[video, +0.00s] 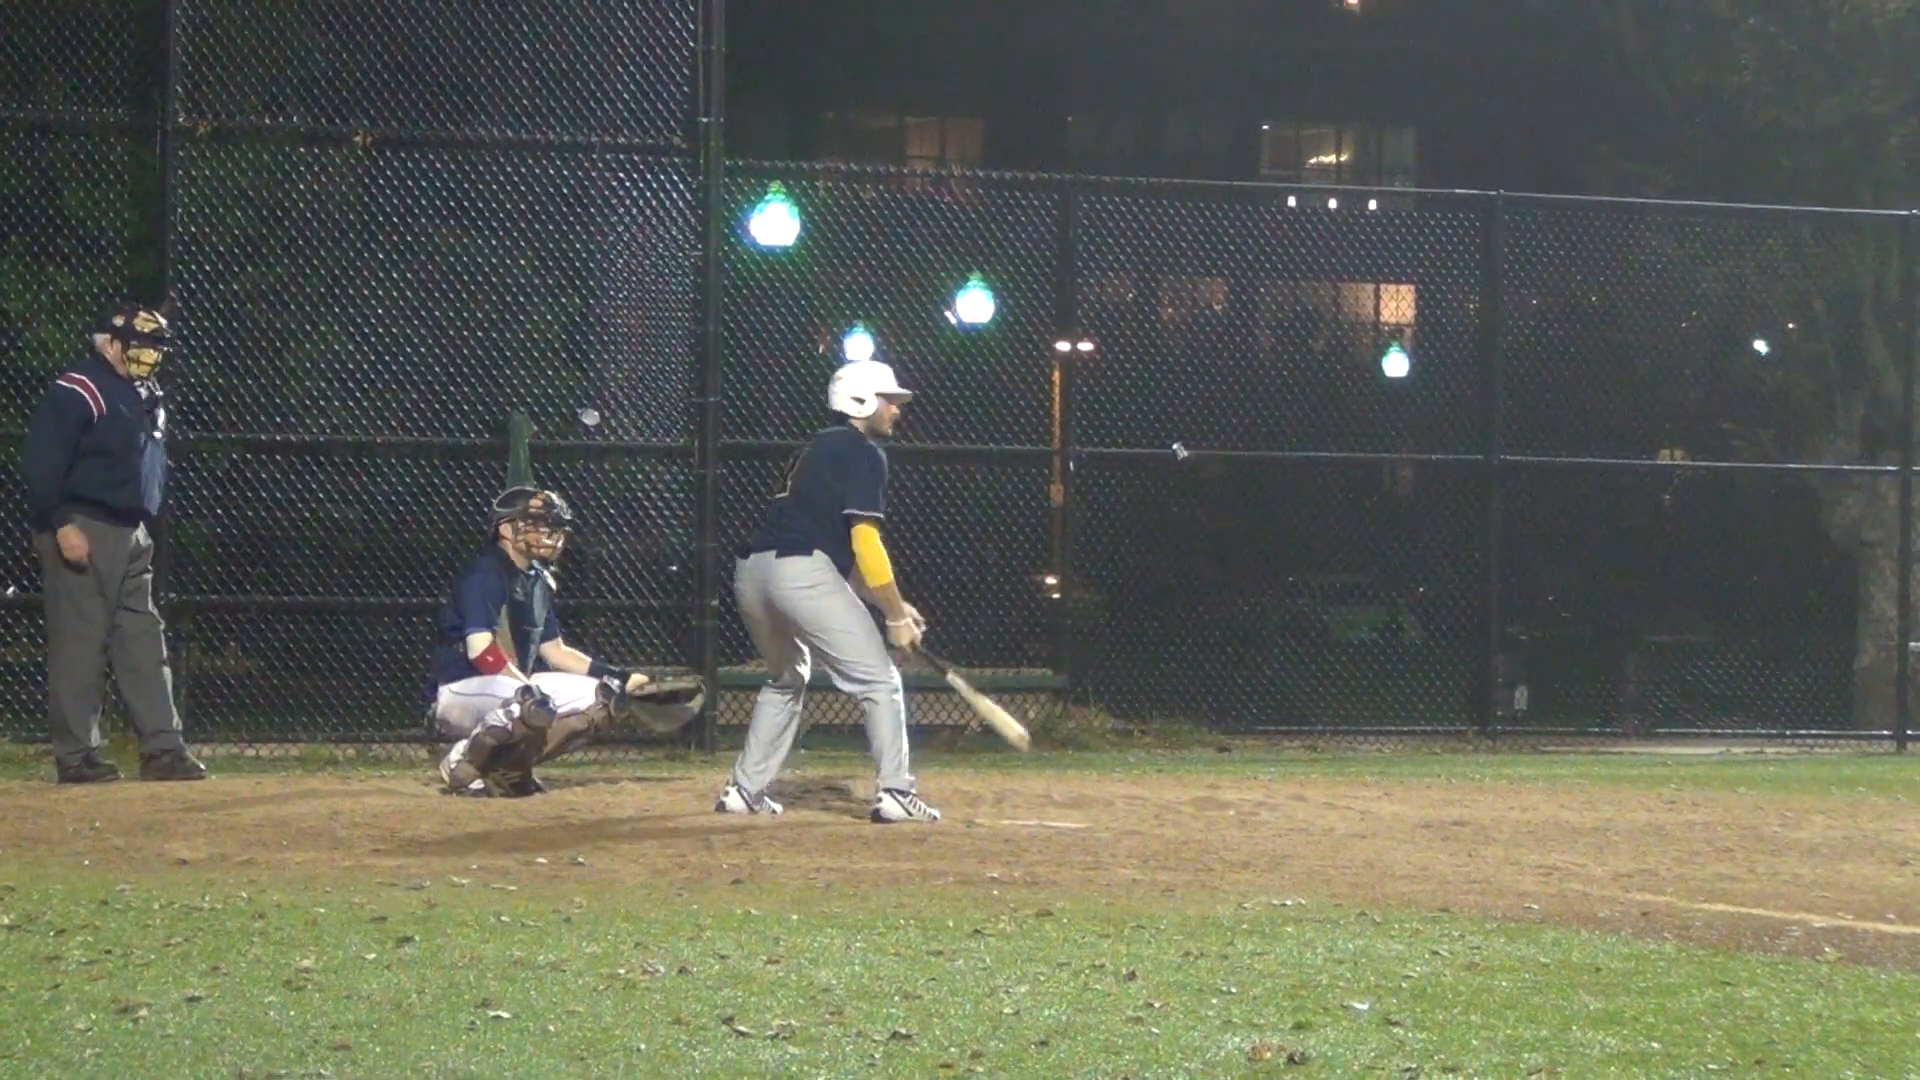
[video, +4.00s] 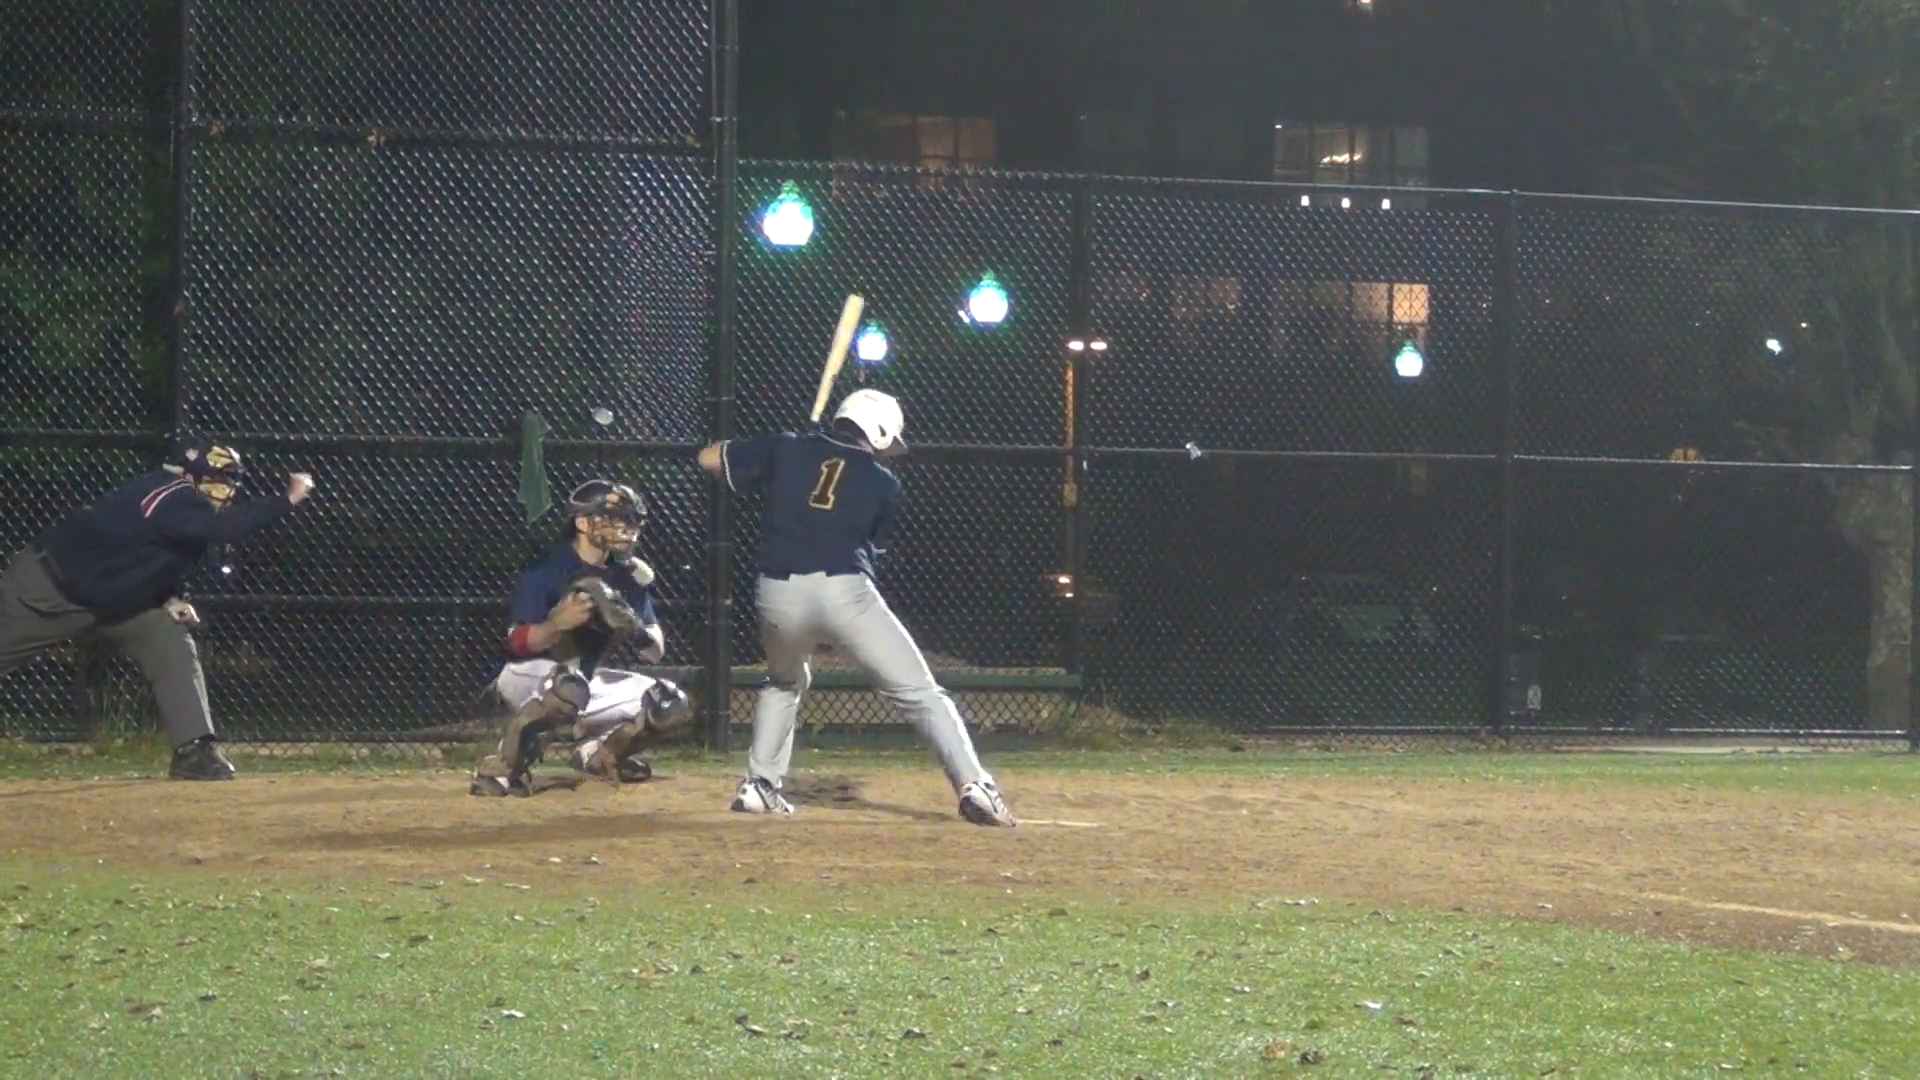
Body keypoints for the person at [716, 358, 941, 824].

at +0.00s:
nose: (897, 409)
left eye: (897, 400)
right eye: (889, 400)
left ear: (852, 407)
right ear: (861, 403)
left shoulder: (819, 447)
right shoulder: (863, 452)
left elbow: (840, 552)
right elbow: (864, 539)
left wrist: (895, 609)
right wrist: (895, 611)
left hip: (750, 570)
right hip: (802, 568)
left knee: (785, 677)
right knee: (879, 680)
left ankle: (745, 790)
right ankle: (897, 793)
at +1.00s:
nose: (877, 401)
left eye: (877, 391)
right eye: (871, 392)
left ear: (820, 394)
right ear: (846, 392)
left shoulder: (774, 440)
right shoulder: (868, 438)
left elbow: (773, 497)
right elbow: (907, 491)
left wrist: (863, 497)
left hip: (771, 580)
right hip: (833, 578)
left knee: (791, 684)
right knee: (901, 690)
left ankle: (751, 790)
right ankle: (903, 793)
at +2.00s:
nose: (884, 407)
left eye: (883, 398)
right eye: (878, 399)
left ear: (827, 402)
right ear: (856, 403)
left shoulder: (784, 443)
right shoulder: (876, 452)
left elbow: (804, 497)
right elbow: (917, 508)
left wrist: (867, 442)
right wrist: (885, 447)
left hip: (772, 588)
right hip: (835, 589)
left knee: (796, 684)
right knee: (909, 695)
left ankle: (754, 790)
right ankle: (908, 793)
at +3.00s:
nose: (869, 414)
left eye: (869, 405)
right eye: (863, 405)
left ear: (817, 402)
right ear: (839, 404)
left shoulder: (766, 430)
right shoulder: (859, 456)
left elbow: (705, 429)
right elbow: (858, 510)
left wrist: (741, 422)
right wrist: (874, 510)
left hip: (760, 577)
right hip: (824, 574)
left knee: (772, 679)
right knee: (897, 670)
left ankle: (753, 787)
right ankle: (913, 733)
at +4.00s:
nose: (887, 451)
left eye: (890, 444)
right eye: (887, 442)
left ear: (838, 419)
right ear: (878, 433)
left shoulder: (785, 446)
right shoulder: (884, 481)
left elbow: (708, 457)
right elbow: (875, 539)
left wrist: (760, 453)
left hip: (777, 591)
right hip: (845, 590)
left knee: (782, 683)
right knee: (922, 694)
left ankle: (759, 785)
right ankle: (974, 785)